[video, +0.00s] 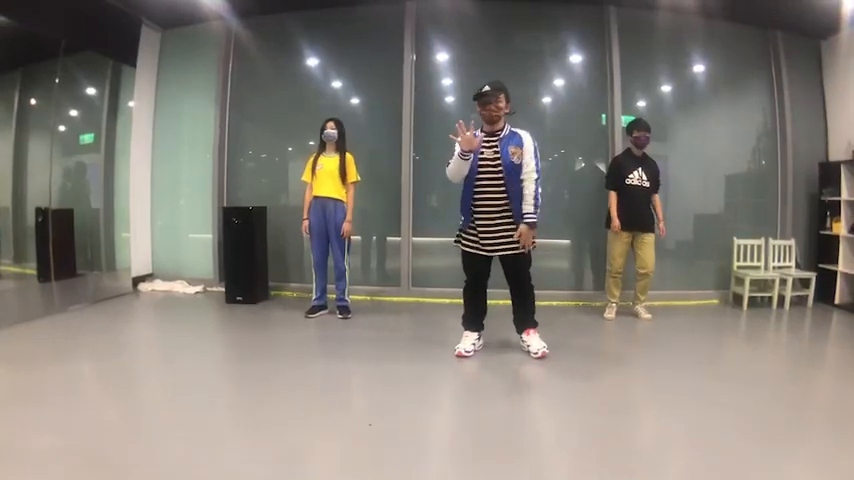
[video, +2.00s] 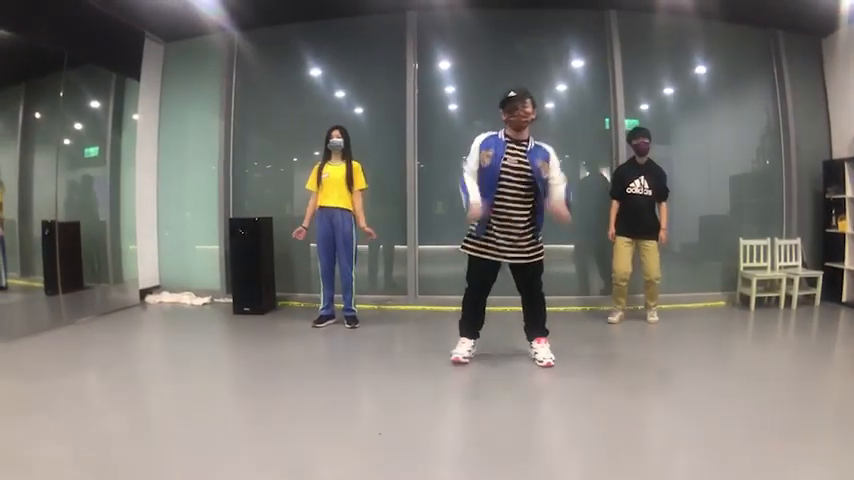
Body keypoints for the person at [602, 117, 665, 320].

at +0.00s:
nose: (643, 138)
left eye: (646, 135)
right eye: (638, 135)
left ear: (650, 137)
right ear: (630, 137)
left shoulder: (651, 165)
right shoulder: (619, 161)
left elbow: (654, 195)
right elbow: (612, 191)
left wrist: (660, 220)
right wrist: (614, 217)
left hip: (645, 225)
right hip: (621, 224)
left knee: (647, 269)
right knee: (615, 268)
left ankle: (639, 303)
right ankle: (612, 303)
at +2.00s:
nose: (643, 145)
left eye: (646, 142)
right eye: (638, 142)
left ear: (650, 144)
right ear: (631, 144)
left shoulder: (657, 172)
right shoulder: (621, 171)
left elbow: (662, 202)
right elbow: (615, 200)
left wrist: (663, 228)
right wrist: (611, 226)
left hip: (649, 232)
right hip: (624, 232)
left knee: (652, 276)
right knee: (620, 273)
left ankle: (651, 308)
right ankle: (619, 308)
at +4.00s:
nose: (640, 139)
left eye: (642, 135)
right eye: (635, 136)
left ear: (646, 138)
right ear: (627, 139)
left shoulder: (641, 164)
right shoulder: (619, 160)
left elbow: (642, 193)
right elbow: (608, 191)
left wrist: (650, 212)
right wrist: (618, 219)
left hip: (635, 225)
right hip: (613, 224)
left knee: (638, 270)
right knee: (601, 269)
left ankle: (633, 306)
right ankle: (586, 306)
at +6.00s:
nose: (608, 143)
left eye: (612, 139)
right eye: (604, 139)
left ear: (617, 140)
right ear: (597, 141)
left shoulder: (624, 167)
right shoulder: (588, 165)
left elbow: (628, 197)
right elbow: (581, 194)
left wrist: (629, 223)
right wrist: (580, 218)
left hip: (616, 230)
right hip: (591, 229)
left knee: (611, 275)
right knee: (588, 275)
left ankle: (606, 311)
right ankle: (586, 311)